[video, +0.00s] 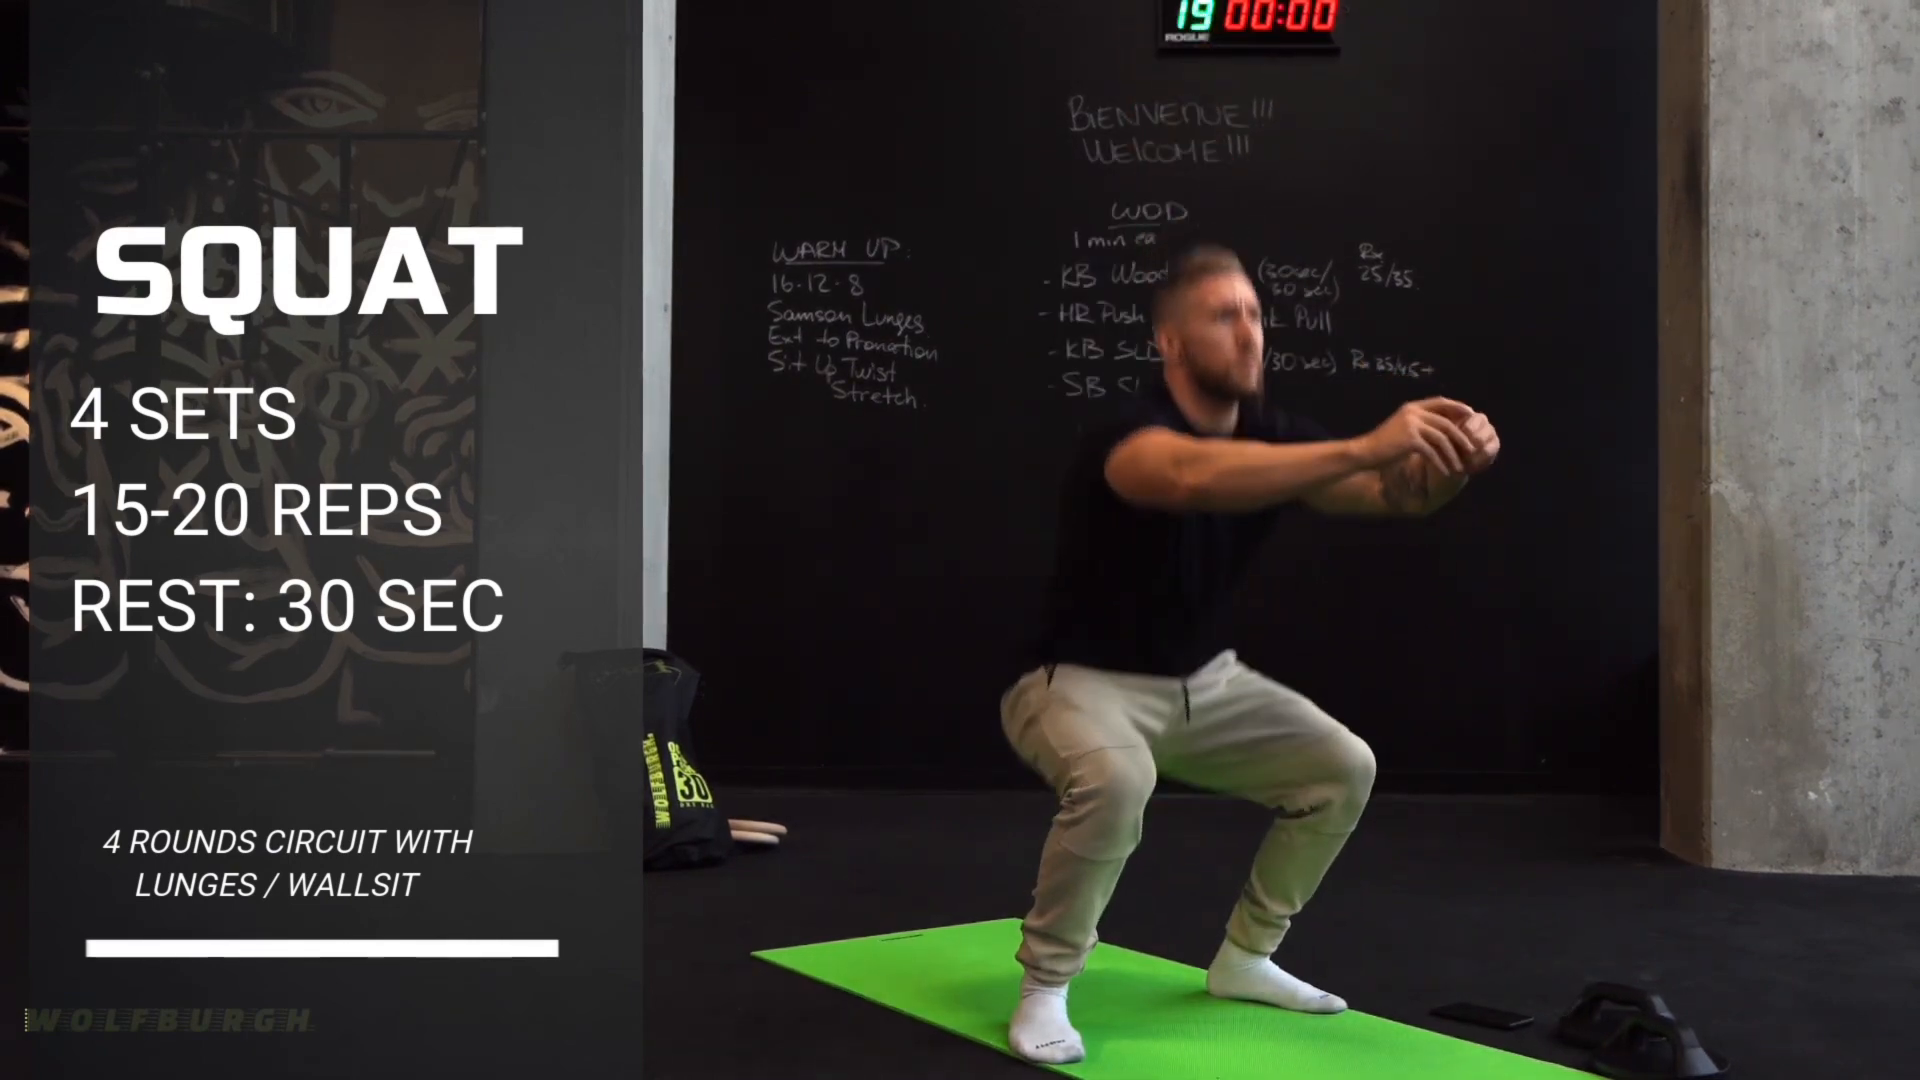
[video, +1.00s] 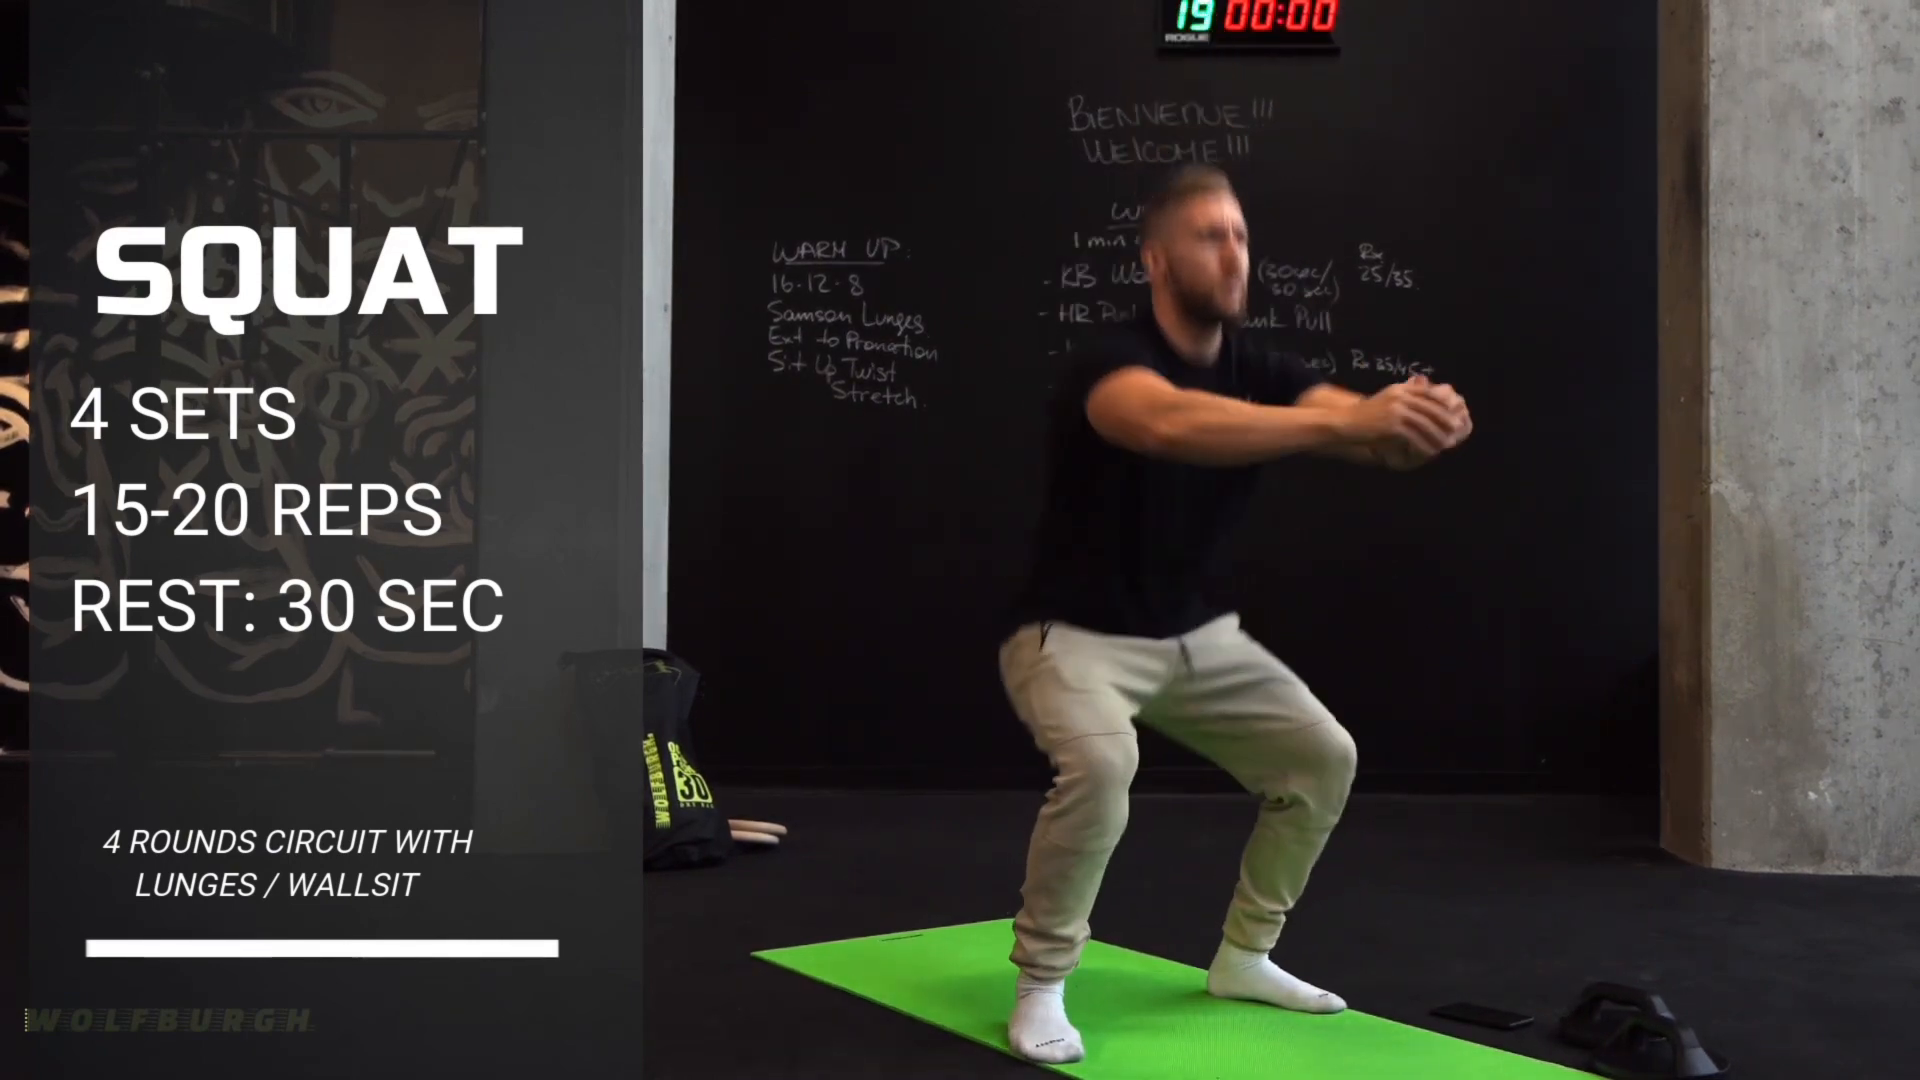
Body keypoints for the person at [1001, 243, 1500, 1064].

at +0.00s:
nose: (1250, 331)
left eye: (1255, 315)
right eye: (1225, 317)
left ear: (1264, 333)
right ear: (1169, 345)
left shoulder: (1266, 440)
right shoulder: (1125, 437)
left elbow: (1381, 492)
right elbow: (1193, 478)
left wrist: (1449, 467)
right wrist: (1364, 448)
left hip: (1205, 688)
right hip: (1082, 685)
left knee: (1342, 769)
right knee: (1115, 781)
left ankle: (1244, 961)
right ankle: (1044, 989)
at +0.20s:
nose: (1230, 145)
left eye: (1235, 128)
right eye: (1205, 130)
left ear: (1245, 148)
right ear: (1150, 152)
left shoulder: (1262, 278)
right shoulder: (1103, 259)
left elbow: (1342, 383)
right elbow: (1114, 397)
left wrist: (1412, 469)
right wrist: (1228, 494)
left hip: (1227, 578)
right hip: (1107, 575)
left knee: (1310, 756)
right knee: (1115, 763)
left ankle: (1242, 959)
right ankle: (1045, 981)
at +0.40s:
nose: (1222, 61)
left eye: (1226, 45)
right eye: (1197, 46)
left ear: (1233, 71)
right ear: (1144, 76)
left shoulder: (1260, 205)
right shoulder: (1093, 192)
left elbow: (1308, 363)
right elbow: (1044, 357)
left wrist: (1321, 503)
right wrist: (1062, 514)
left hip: (1242, 526)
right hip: (1123, 520)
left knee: (1250, 743)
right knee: (1093, 742)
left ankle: (1239, 955)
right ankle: (1040, 981)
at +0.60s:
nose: (1216, 59)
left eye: (1221, 44)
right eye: (1192, 44)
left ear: (1228, 70)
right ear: (1138, 73)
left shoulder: (1257, 202)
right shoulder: (1088, 187)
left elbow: (1281, 369)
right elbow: (1028, 357)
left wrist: (1275, 505)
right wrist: (1029, 514)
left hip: (1238, 527)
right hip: (1117, 519)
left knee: (1236, 745)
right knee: (1084, 746)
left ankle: (1238, 955)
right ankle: (1039, 980)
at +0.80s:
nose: (1216, 87)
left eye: (1222, 71)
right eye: (1190, 72)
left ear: (1231, 97)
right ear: (1137, 98)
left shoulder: (1252, 231)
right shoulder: (1090, 212)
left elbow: (1325, 364)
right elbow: (1075, 363)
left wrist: (1368, 484)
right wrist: (1183, 480)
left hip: (1229, 543)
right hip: (1107, 541)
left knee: (1279, 745)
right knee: (1099, 755)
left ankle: (1241, 957)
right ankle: (1041, 983)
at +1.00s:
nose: (1234, 254)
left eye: (1240, 237)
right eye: (1211, 238)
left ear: (1248, 254)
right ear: (1157, 255)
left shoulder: (1255, 367)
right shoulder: (1108, 362)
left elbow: (1349, 425)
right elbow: (1167, 426)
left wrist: (1416, 425)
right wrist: (1343, 423)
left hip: (1196, 638)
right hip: (1073, 638)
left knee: (1324, 759)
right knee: (1099, 768)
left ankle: (1242, 961)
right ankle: (1041, 985)